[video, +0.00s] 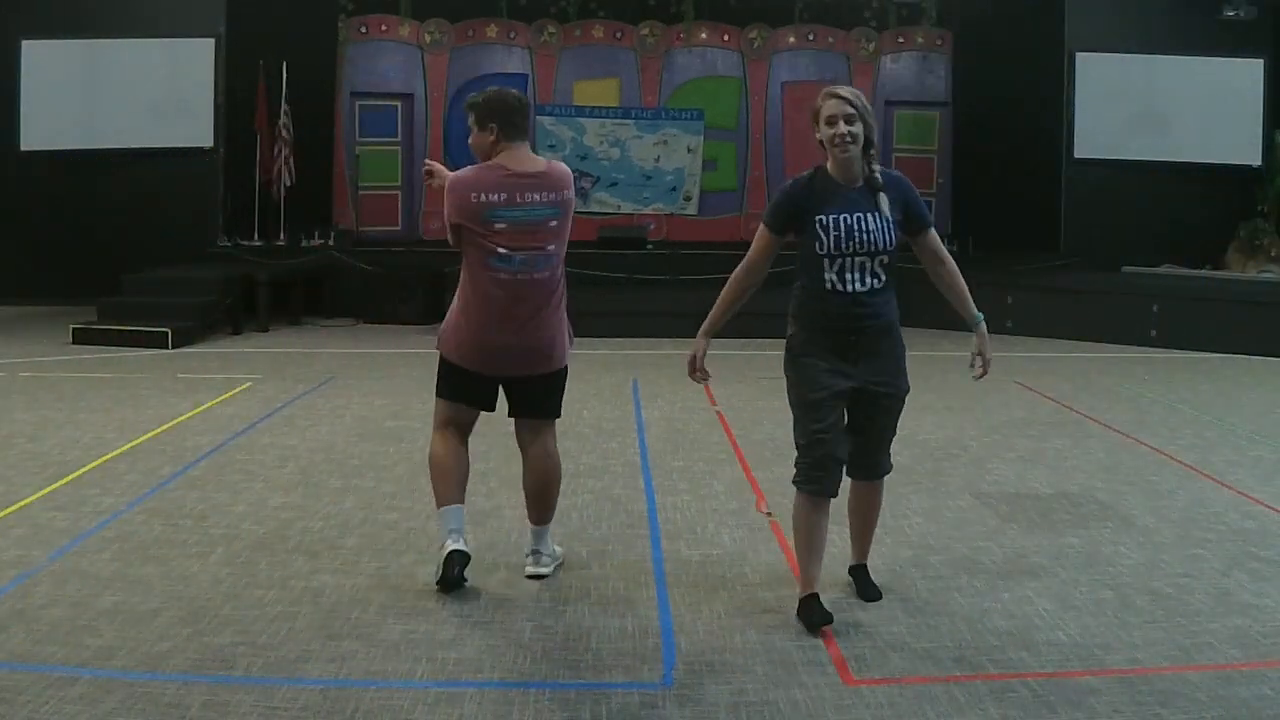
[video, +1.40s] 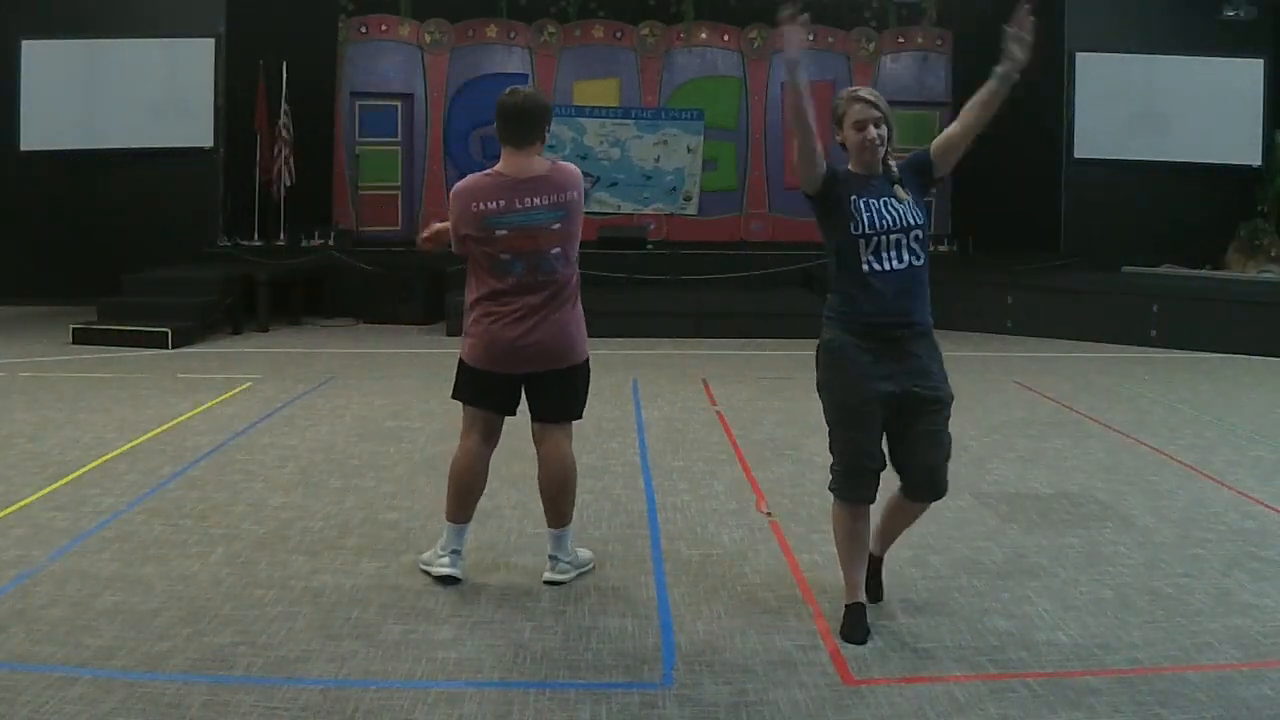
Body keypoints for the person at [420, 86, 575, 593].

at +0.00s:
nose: (471, 139)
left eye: (474, 130)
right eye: (472, 130)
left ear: (491, 132)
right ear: (523, 128)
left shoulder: (464, 184)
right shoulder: (562, 177)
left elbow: (458, 239)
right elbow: (515, 204)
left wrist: (451, 188)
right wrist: (454, 183)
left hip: (474, 337)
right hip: (542, 339)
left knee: (450, 429)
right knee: (539, 437)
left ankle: (453, 538)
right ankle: (541, 549)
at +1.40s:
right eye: (548, 127)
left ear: (497, 130)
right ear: (545, 131)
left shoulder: (467, 193)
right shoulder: (570, 182)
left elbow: (467, 244)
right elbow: (527, 219)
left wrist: (443, 233)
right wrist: (457, 230)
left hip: (491, 344)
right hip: (559, 343)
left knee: (477, 438)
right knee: (555, 439)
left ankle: (450, 551)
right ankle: (561, 554)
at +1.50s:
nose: (548, 134)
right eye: (552, 127)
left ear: (502, 131)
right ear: (550, 131)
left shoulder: (472, 195)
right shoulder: (578, 185)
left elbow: (476, 255)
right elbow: (575, 244)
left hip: (497, 344)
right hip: (565, 343)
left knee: (481, 437)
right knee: (559, 441)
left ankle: (453, 550)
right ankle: (561, 554)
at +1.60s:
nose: (554, 132)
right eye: (557, 126)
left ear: (506, 131)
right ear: (555, 130)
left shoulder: (478, 196)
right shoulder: (586, 189)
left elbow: (477, 260)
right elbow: (596, 248)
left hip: (502, 343)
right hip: (570, 344)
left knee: (485, 435)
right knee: (562, 441)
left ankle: (456, 546)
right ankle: (562, 552)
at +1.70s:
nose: (562, 133)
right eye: (562, 127)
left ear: (512, 131)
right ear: (560, 132)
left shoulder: (485, 198)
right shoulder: (591, 194)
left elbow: (476, 279)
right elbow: (630, 259)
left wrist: (475, 341)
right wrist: (646, 302)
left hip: (508, 341)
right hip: (575, 344)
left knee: (488, 435)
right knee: (565, 440)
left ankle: (455, 542)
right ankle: (562, 553)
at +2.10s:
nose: (590, 129)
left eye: (586, 122)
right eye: (589, 123)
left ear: (535, 130)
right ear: (582, 129)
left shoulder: (509, 191)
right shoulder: (606, 190)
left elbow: (477, 252)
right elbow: (638, 265)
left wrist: (438, 298)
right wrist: (681, 327)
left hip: (530, 344)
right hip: (588, 348)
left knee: (527, 418)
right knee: (573, 444)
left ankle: (471, 516)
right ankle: (564, 554)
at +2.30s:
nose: (590, 129)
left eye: (587, 122)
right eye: (588, 123)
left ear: (535, 130)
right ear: (581, 129)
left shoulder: (517, 185)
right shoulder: (603, 196)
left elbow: (536, 250)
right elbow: (637, 265)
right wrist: (667, 308)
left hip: (531, 340)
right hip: (586, 346)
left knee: (534, 423)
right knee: (574, 443)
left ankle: (470, 509)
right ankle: (563, 554)